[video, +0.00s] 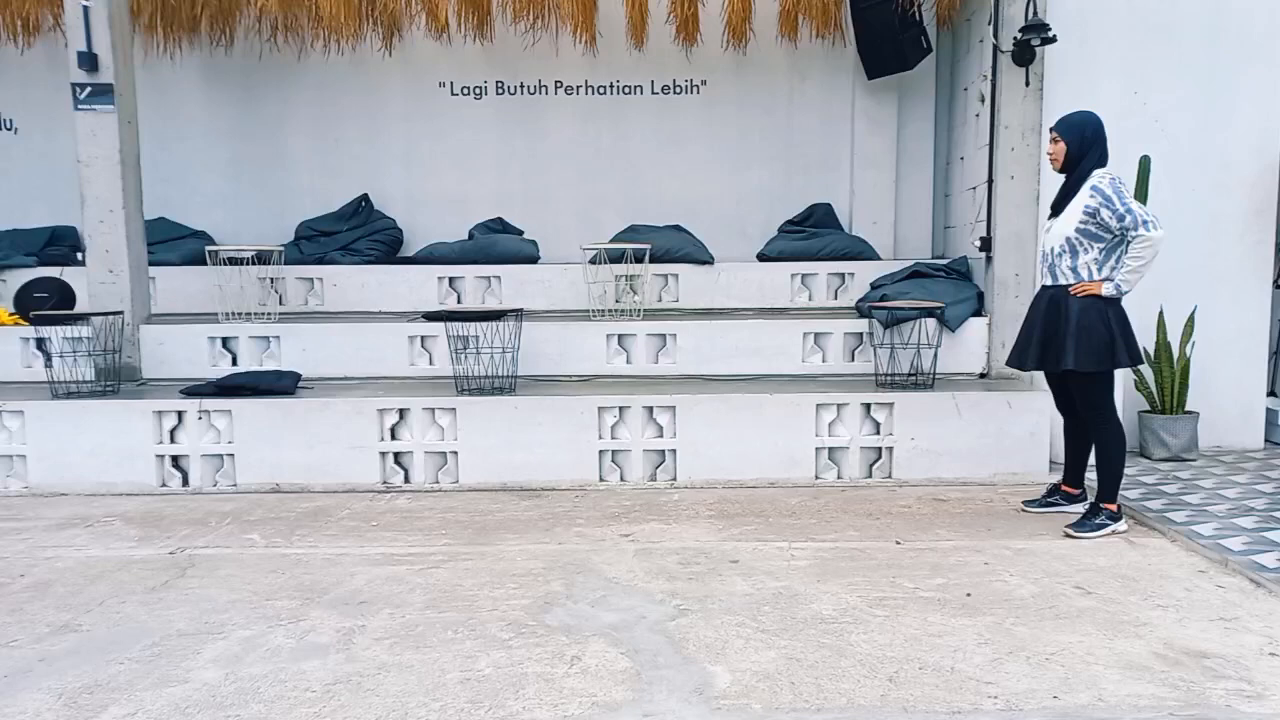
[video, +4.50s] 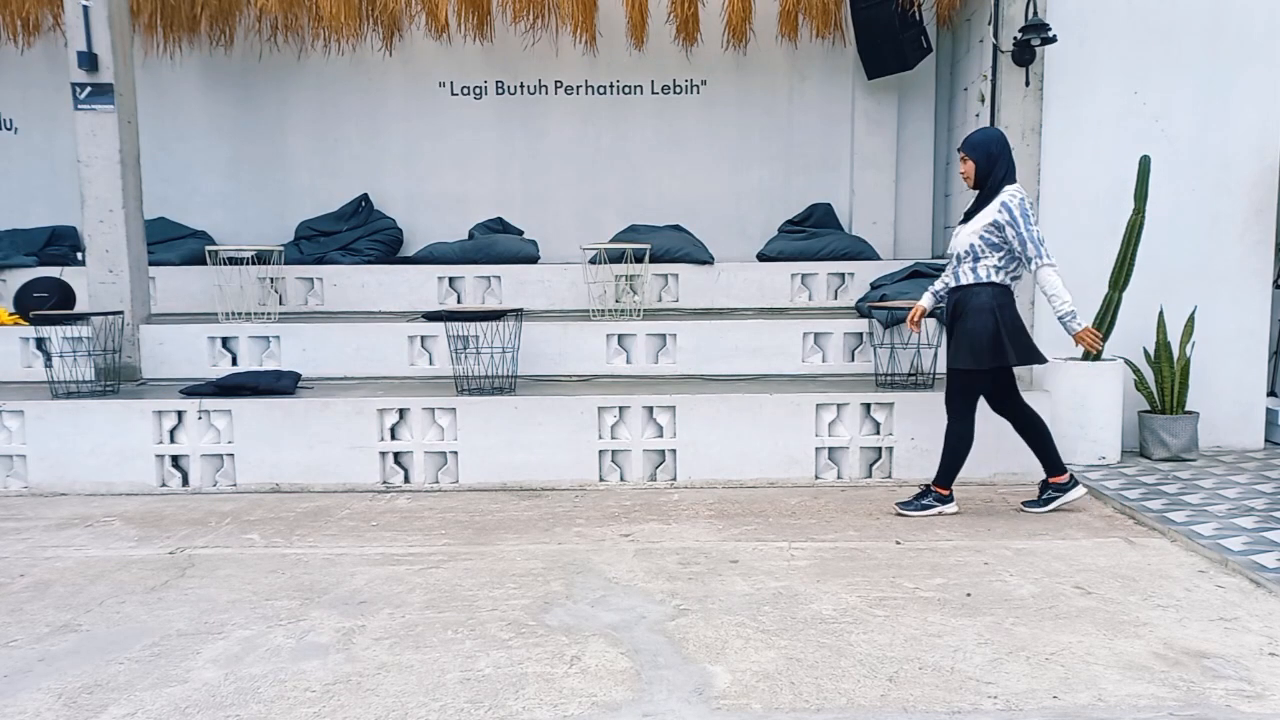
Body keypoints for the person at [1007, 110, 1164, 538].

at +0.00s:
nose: (1049, 149)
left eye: (1056, 141)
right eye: (1050, 141)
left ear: (1080, 143)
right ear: (1069, 145)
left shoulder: (1100, 184)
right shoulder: (1070, 189)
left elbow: (1148, 232)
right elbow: (1090, 243)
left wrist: (1116, 285)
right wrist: (1055, 282)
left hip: (1087, 313)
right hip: (1057, 312)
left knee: (1099, 411)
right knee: (1071, 408)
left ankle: (1109, 507)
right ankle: (1070, 489)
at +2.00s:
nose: (1051, 152)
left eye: (1058, 144)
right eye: (1052, 144)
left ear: (1080, 147)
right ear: (1075, 148)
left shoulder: (1099, 185)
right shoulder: (1070, 190)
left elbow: (1134, 234)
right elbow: (1083, 243)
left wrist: (1093, 272)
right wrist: (1075, 275)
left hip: (1075, 309)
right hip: (1047, 307)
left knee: (1085, 409)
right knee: (1059, 405)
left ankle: (1107, 507)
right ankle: (1070, 489)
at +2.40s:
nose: (1040, 155)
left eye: (1047, 147)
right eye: (1041, 147)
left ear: (1069, 149)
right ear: (1063, 151)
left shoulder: (1088, 186)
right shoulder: (1060, 192)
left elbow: (1121, 236)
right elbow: (1074, 245)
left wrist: (1085, 273)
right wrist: (1090, 279)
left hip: (1067, 307)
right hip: (1049, 305)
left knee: (1037, 399)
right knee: (1060, 401)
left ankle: (1057, 497)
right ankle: (1072, 489)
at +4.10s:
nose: (1009, 169)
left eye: (1014, 161)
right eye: (1008, 161)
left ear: (1035, 158)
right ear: (1031, 161)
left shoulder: (1054, 188)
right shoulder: (1039, 195)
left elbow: (1090, 231)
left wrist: (1050, 285)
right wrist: (1030, 286)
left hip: (1039, 312)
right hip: (1033, 311)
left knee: (999, 398)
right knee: (1051, 402)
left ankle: (1004, 495)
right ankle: (1071, 489)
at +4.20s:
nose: (1000, 168)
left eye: (1005, 160)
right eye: (998, 160)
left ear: (1027, 158)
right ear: (1017, 160)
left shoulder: (1048, 186)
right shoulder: (1025, 198)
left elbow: (1091, 231)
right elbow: (1015, 262)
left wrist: (1052, 283)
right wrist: (997, 306)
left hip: (1032, 310)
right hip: (1017, 310)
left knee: (994, 397)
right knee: (1048, 404)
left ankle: (964, 490)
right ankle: (1071, 489)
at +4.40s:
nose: (976, 169)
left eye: (981, 161)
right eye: (976, 162)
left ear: (1002, 160)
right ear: (996, 163)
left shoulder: (1027, 194)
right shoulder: (997, 205)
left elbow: (1072, 248)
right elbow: (978, 268)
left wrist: (1074, 311)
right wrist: (948, 304)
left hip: (1006, 310)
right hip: (988, 311)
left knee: (968, 400)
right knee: (1030, 403)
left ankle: (939, 489)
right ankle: (1068, 486)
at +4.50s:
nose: (960, 169)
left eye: (965, 160)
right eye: (960, 160)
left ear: (987, 160)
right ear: (983, 160)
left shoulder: (1011, 198)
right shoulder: (983, 204)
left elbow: (1041, 263)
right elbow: (958, 265)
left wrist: (1071, 321)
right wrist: (927, 300)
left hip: (982, 308)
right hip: (967, 308)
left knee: (959, 402)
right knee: (1006, 402)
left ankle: (940, 490)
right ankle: (1060, 479)